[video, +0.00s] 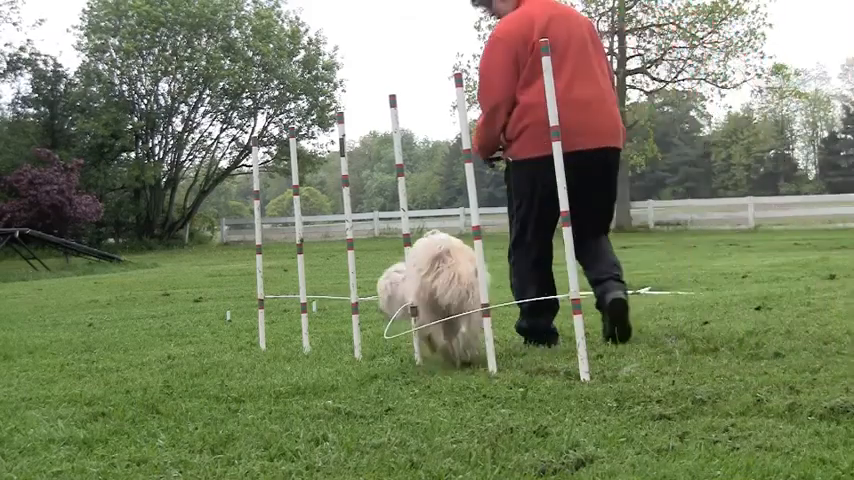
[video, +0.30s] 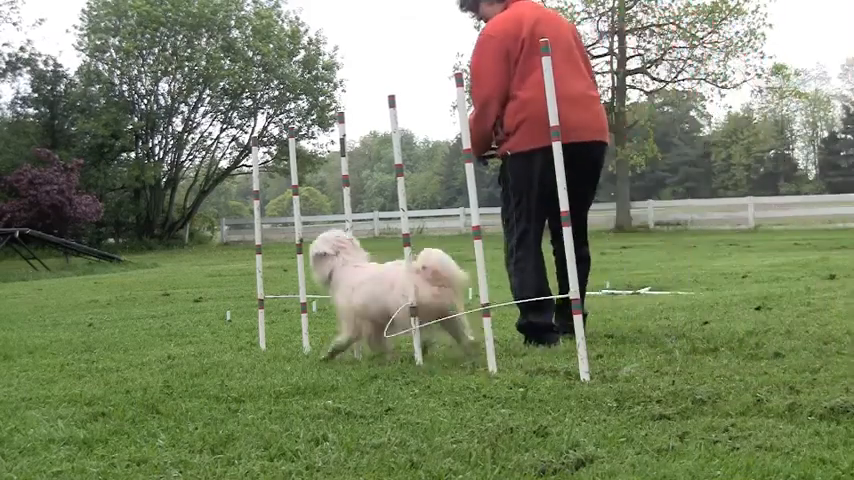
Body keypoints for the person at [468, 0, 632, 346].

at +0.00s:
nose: (491, 15)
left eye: (490, 8)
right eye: (488, 11)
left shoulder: (508, 29)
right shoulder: (582, 21)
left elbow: (496, 100)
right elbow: (604, 80)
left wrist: (484, 146)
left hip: (536, 145)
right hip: (601, 139)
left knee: (530, 239)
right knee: (591, 230)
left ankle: (538, 330)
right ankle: (612, 292)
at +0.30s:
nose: (478, 20)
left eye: (476, 12)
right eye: (474, 14)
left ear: (489, 1)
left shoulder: (496, 29)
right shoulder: (563, 22)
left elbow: (488, 99)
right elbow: (586, 78)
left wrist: (478, 147)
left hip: (533, 137)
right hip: (590, 132)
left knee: (523, 235)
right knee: (572, 229)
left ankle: (539, 331)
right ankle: (572, 319)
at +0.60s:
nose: (486, 34)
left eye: (483, 25)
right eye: (481, 29)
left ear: (495, 8)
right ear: (516, 4)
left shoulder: (505, 39)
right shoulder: (562, 31)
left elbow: (496, 111)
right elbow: (576, 89)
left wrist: (481, 155)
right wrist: (520, 140)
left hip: (542, 146)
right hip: (595, 139)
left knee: (525, 244)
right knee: (575, 241)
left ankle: (543, 327)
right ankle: (578, 322)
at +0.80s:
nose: (483, 36)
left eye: (481, 28)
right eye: (479, 31)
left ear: (493, 12)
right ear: (518, 8)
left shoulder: (499, 42)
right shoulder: (562, 36)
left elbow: (491, 110)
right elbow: (581, 88)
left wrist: (484, 159)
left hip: (537, 147)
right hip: (593, 141)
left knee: (517, 236)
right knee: (578, 237)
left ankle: (536, 310)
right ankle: (578, 319)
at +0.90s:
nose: (479, 38)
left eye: (477, 31)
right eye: (475, 33)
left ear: (488, 16)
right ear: (514, 11)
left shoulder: (494, 45)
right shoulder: (558, 38)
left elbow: (485, 111)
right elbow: (579, 88)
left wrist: (483, 161)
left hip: (532, 146)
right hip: (588, 140)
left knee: (510, 232)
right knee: (576, 233)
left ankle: (526, 314)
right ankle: (578, 318)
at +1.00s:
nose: (470, 41)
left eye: (469, 33)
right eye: (467, 35)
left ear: (480, 21)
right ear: (506, 16)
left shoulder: (484, 51)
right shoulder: (549, 43)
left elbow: (479, 117)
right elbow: (575, 92)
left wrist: (479, 163)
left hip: (524, 150)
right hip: (582, 144)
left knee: (501, 235)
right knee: (572, 234)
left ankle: (499, 322)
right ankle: (577, 319)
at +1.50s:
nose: (379, 83)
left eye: (378, 76)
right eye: (377, 77)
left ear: (388, 68)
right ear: (414, 61)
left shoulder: (389, 96)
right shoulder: (454, 76)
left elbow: (361, 145)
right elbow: (493, 111)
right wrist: (520, 153)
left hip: (446, 166)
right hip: (503, 152)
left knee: (431, 247)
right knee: (529, 239)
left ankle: (429, 326)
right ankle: (566, 309)